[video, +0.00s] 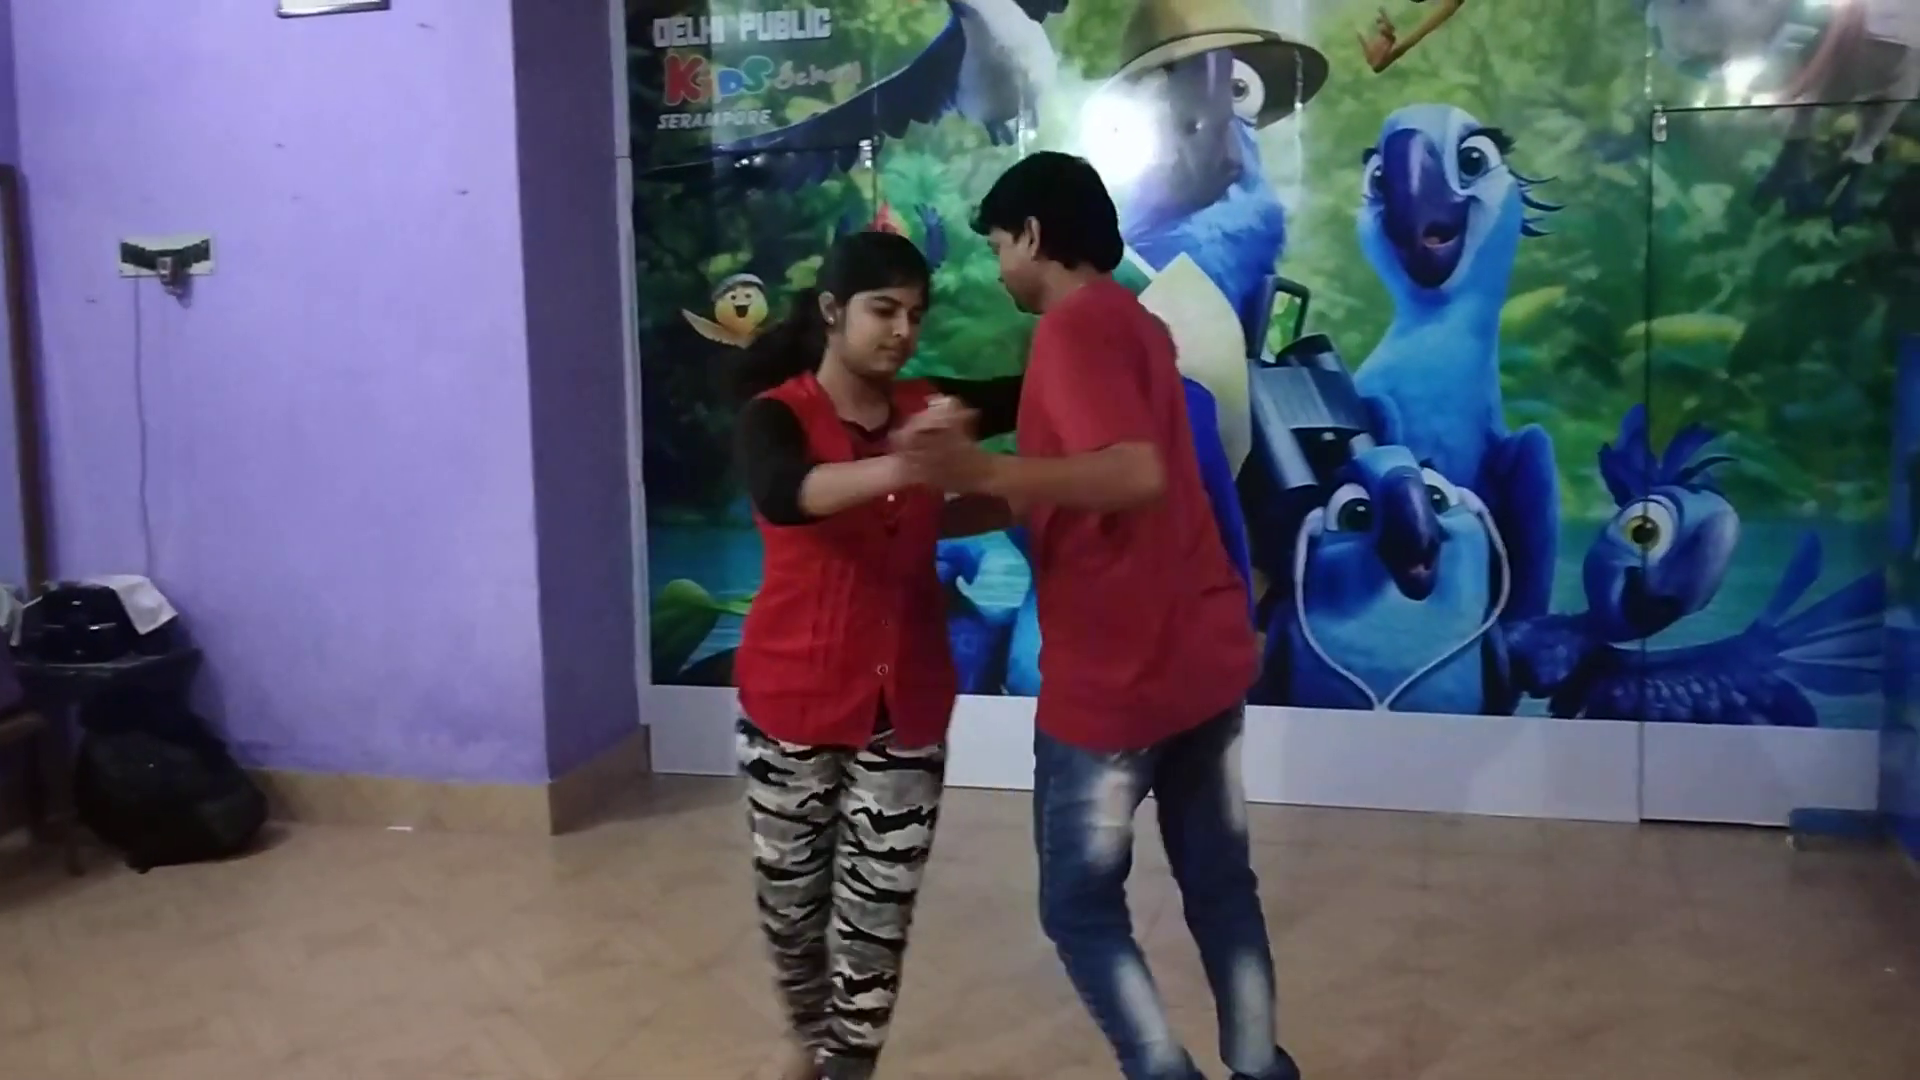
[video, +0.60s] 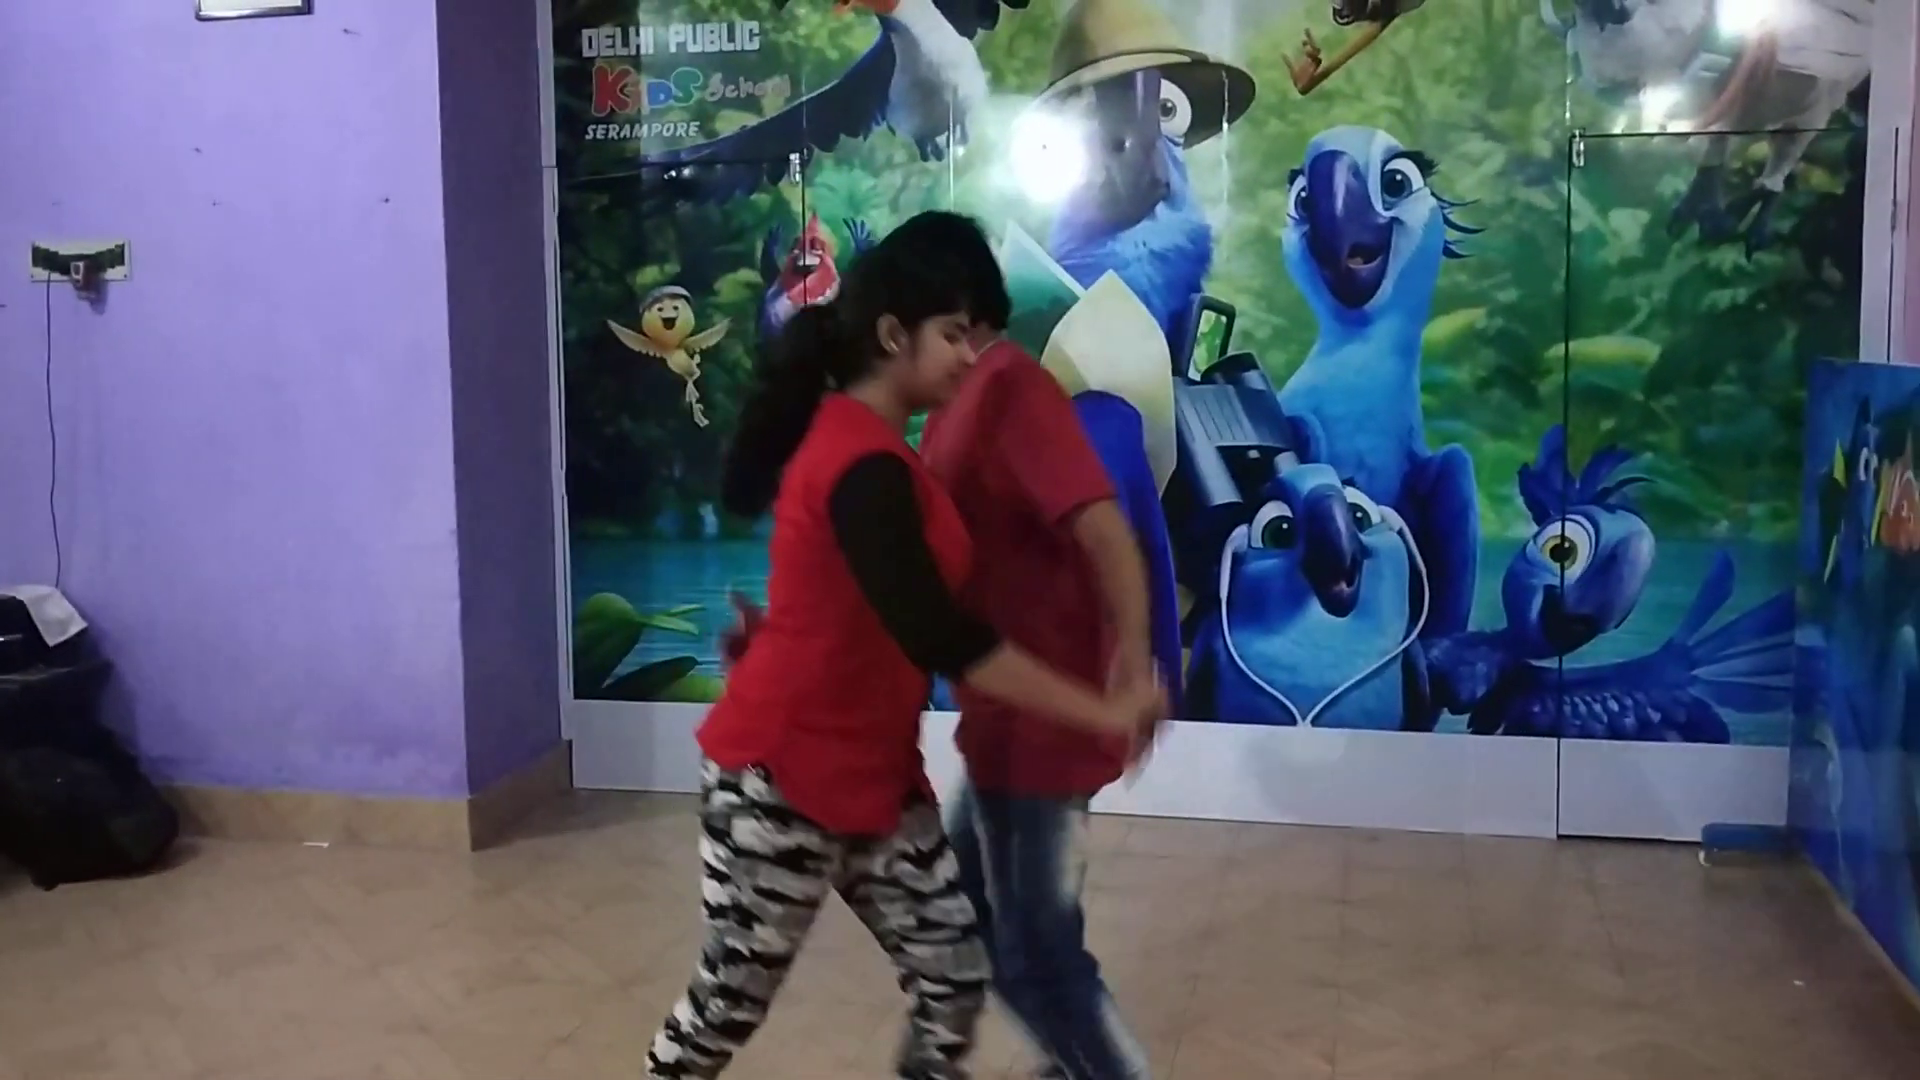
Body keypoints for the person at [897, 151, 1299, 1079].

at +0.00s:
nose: (995, 266)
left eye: (999, 244)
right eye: (994, 245)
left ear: (1036, 236)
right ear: (1081, 237)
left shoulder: (1075, 321)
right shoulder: (1135, 320)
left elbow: (1134, 469)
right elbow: (1081, 497)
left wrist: (986, 473)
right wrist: (975, 478)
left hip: (1111, 666)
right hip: (1203, 652)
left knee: (1082, 910)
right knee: (1219, 874)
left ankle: (1163, 1069)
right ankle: (1261, 1064)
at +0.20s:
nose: (983, 266)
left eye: (990, 246)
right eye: (981, 249)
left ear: (1039, 240)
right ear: (1049, 245)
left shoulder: (1118, 332)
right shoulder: (1047, 358)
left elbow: (1233, 467)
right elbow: (963, 472)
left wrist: (1133, 448)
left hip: (1137, 670)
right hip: (1157, 661)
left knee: (1125, 915)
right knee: (1212, 891)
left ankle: (1193, 1070)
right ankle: (1260, 1062)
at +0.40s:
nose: (942, 289)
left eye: (950, 268)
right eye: (938, 271)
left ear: (1003, 263)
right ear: (1008, 269)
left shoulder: (1084, 356)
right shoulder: (993, 383)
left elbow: (1208, 486)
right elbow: (927, 495)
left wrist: (1146, 479)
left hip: (1103, 694)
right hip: (1095, 686)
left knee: (1098, 931)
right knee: (1170, 914)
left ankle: (1168, 1072)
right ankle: (1223, 1069)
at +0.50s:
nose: (923, 305)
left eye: (931, 284)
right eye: (919, 288)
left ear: (974, 278)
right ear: (983, 283)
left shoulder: (1048, 366)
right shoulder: (977, 397)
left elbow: (1160, 499)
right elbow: (898, 481)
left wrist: (1119, 561)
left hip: (1090, 703)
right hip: (1036, 702)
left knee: (1077, 943)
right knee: (1061, 929)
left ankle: (1148, 1071)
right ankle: (1174, 1059)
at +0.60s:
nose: (887, 331)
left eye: (895, 310)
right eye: (888, 313)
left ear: (939, 304)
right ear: (972, 298)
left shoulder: (1012, 386)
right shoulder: (961, 404)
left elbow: (1108, 535)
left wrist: (1131, 674)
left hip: (1048, 721)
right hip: (995, 717)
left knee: (1039, 959)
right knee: (968, 926)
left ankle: (1115, 1067)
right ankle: (1069, 1053)